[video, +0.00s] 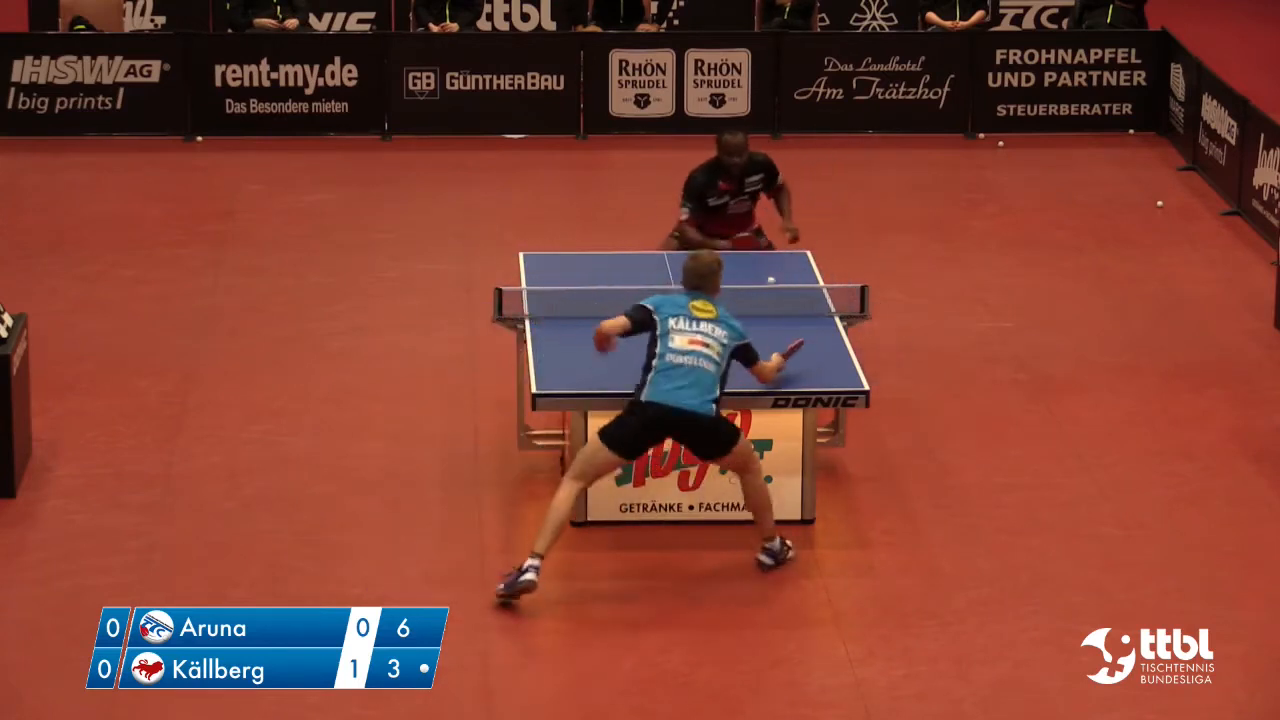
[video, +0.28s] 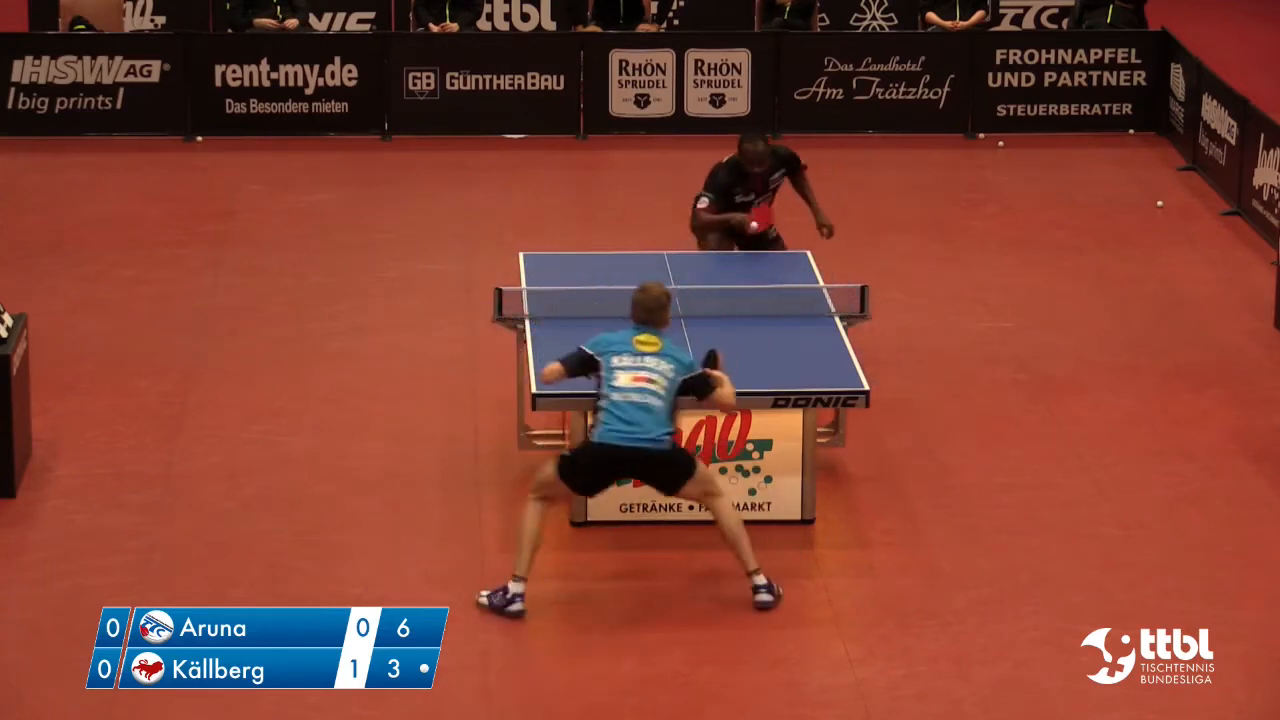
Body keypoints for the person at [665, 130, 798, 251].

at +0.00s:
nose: (736, 161)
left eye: (740, 155)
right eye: (729, 155)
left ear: (748, 150)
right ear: (718, 151)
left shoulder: (761, 165)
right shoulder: (700, 178)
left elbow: (779, 189)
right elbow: (684, 229)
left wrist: (787, 221)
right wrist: (715, 244)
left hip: (747, 234)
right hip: (703, 238)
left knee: (776, 269)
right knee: (658, 264)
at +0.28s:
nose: (756, 169)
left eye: (760, 163)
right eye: (750, 164)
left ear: (769, 154)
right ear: (740, 157)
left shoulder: (782, 158)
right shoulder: (724, 173)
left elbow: (797, 175)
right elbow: (698, 222)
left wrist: (818, 215)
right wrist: (734, 219)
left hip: (758, 225)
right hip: (719, 228)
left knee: (783, 267)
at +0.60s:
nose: (750, 138)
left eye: (756, 133)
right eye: (745, 133)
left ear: (765, 128)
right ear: (737, 130)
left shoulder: (783, 134)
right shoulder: (727, 149)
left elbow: (804, 154)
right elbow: (707, 173)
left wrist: (822, 196)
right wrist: (699, 186)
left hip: (784, 215)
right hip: (741, 217)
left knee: (816, 272)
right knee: (728, 269)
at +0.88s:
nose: (772, 132)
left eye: (777, 125)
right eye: (767, 126)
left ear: (789, 124)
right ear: (759, 125)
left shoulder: (815, 142)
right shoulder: (751, 152)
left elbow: (852, 167)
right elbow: (730, 181)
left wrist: (851, 215)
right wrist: (716, 193)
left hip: (818, 216)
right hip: (772, 217)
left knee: (855, 275)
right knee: (735, 262)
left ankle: (877, 324)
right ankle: (730, 326)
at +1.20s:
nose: (770, 142)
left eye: (775, 136)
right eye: (767, 136)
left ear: (790, 133)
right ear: (763, 136)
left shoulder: (812, 154)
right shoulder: (776, 156)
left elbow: (835, 202)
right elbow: (790, 195)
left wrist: (795, 234)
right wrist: (757, 211)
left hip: (844, 222)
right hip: (807, 220)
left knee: (877, 289)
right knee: (753, 255)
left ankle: (928, 329)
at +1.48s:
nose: (689, 128)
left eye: (693, 121)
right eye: (688, 122)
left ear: (711, 118)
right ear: (702, 119)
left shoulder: (731, 134)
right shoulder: (717, 138)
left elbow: (756, 158)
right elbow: (725, 165)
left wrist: (752, 187)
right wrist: (705, 184)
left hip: (788, 205)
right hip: (757, 206)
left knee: (814, 278)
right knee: (705, 236)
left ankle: (884, 316)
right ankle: (719, 303)